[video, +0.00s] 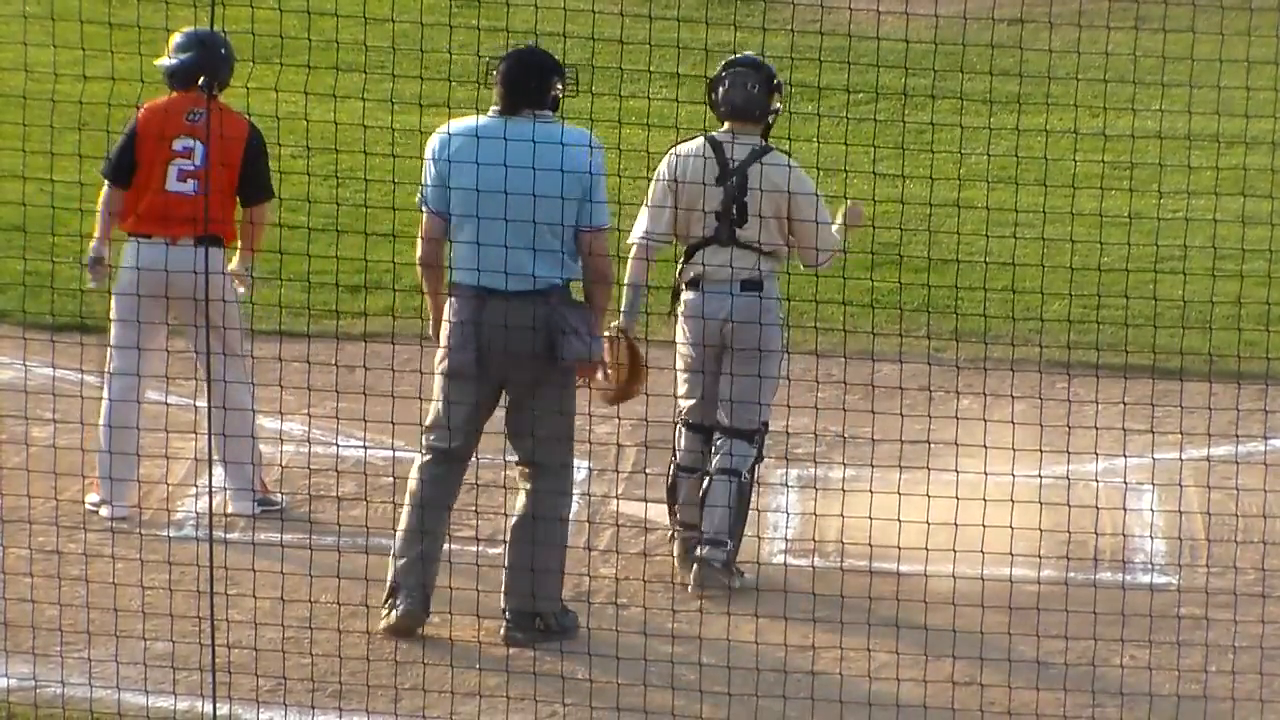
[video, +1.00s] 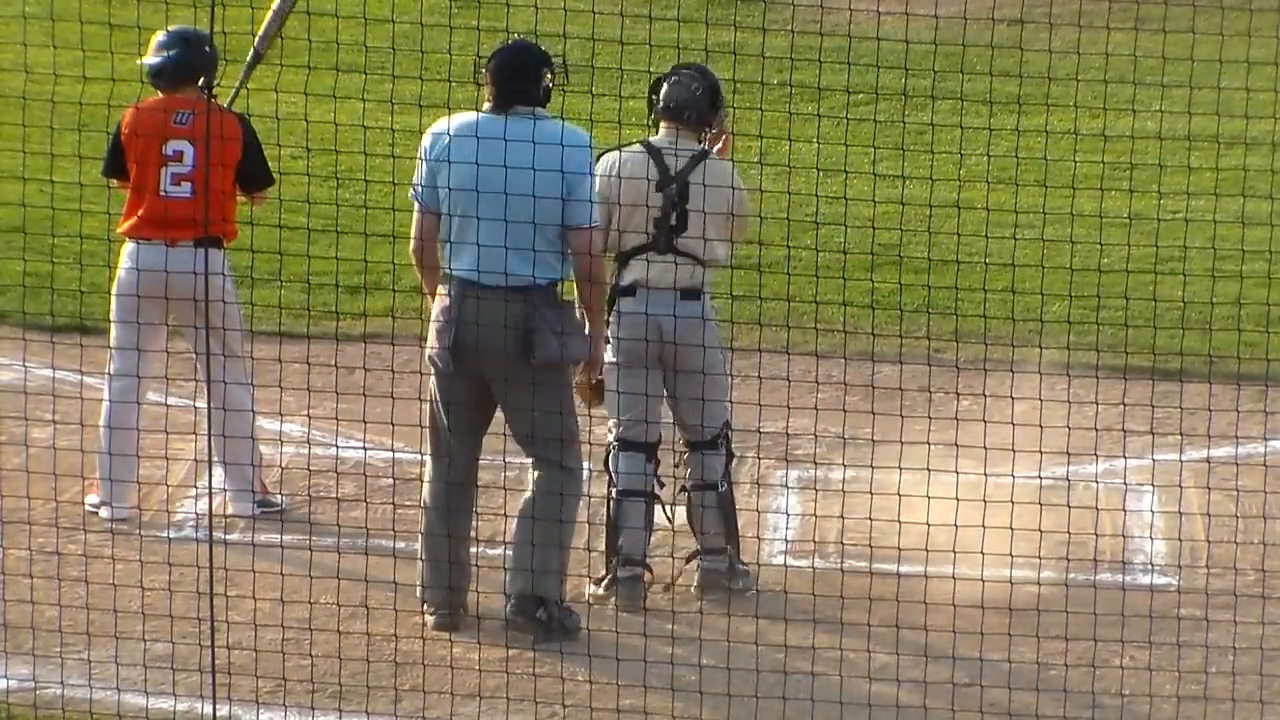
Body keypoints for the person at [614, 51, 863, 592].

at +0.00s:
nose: (770, 108)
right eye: (771, 101)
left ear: (716, 102)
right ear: (769, 108)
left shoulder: (681, 159)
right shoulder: (784, 171)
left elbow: (644, 243)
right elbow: (818, 254)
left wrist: (627, 315)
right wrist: (842, 228)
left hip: (696, 306)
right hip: (757, 310)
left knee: (693, 423)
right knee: (740, 434)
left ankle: (684, 539)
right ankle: (714, 554)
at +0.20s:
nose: (782, 110)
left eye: (780, 102)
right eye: (781, 103)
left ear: (725, 101)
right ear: (777, 108)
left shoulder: (684, 156)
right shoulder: (785, 168)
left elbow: (658, 242)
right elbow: (818, 242)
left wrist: (656, 313)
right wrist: (810, 175)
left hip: (692, 305)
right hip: (752, 309)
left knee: (690, 419)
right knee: (735, 435)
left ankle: (676, 535)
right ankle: (714, 555)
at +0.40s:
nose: (783, 114)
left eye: (780, 106)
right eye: (783, 107)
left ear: (726, 105)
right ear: (776, 113)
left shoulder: (681, 156)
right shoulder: (783, 168)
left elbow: (645, 249)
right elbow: (817, 214)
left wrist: (633, 328)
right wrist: (799, 141)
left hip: (687, 303)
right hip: (746, 309)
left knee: (679, 422)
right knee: (732, 436)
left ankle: (648, 544)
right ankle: (712, 563)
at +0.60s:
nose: (766, 117)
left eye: (762, 110)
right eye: (766, 111)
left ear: (710, 105)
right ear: (761, 115)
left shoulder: (665, 160)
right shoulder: (771, 170)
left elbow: (637, 250)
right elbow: (803, 220)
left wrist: (629, 320)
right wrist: (780, 151)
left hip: (675, 309)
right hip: (737, 312)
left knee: (653, 428)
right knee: (725, 439)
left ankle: (627, 545)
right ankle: (713, 564)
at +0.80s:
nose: (743, 122)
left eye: (738, 114)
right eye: (743, 114)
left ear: (686, 109)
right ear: (738, 117)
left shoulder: (639, 163)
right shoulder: (746, 173)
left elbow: (623, 250)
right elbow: (755, 241)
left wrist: (608, 325)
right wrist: (743, 163)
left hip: (650, 311)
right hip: (711, 314)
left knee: (641, 434)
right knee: (713, 439)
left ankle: (626, 562)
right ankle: (712, 562)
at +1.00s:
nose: (718, 125)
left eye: (714, 118)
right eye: (717, 117)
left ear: (656, 112)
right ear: (710, 120)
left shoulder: (615, 165)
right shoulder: (722, 172)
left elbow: (593, 249)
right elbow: (737, 233)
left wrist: (591, 330)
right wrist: (716, 167)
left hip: (629, 315)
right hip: (692, 318)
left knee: (632, 441)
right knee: (708, 440)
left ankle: (627, 567)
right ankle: (716, 563)